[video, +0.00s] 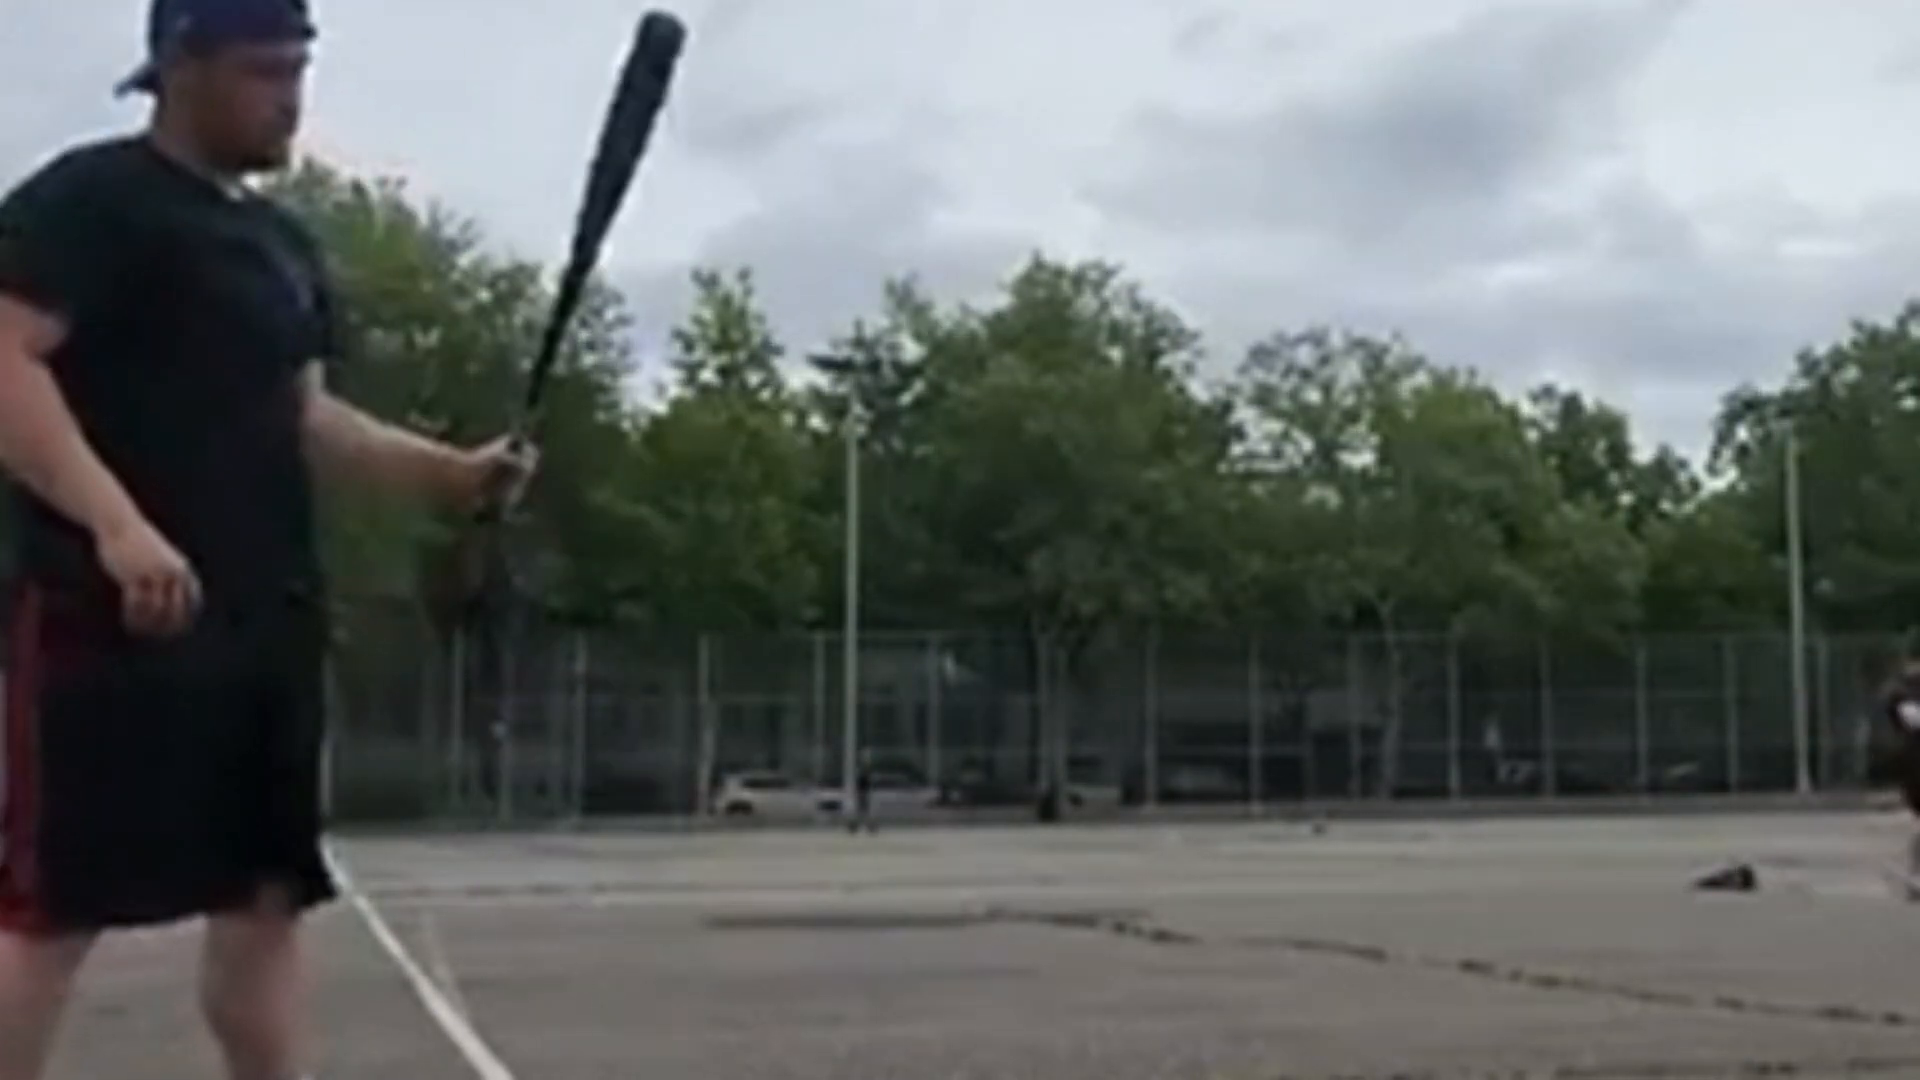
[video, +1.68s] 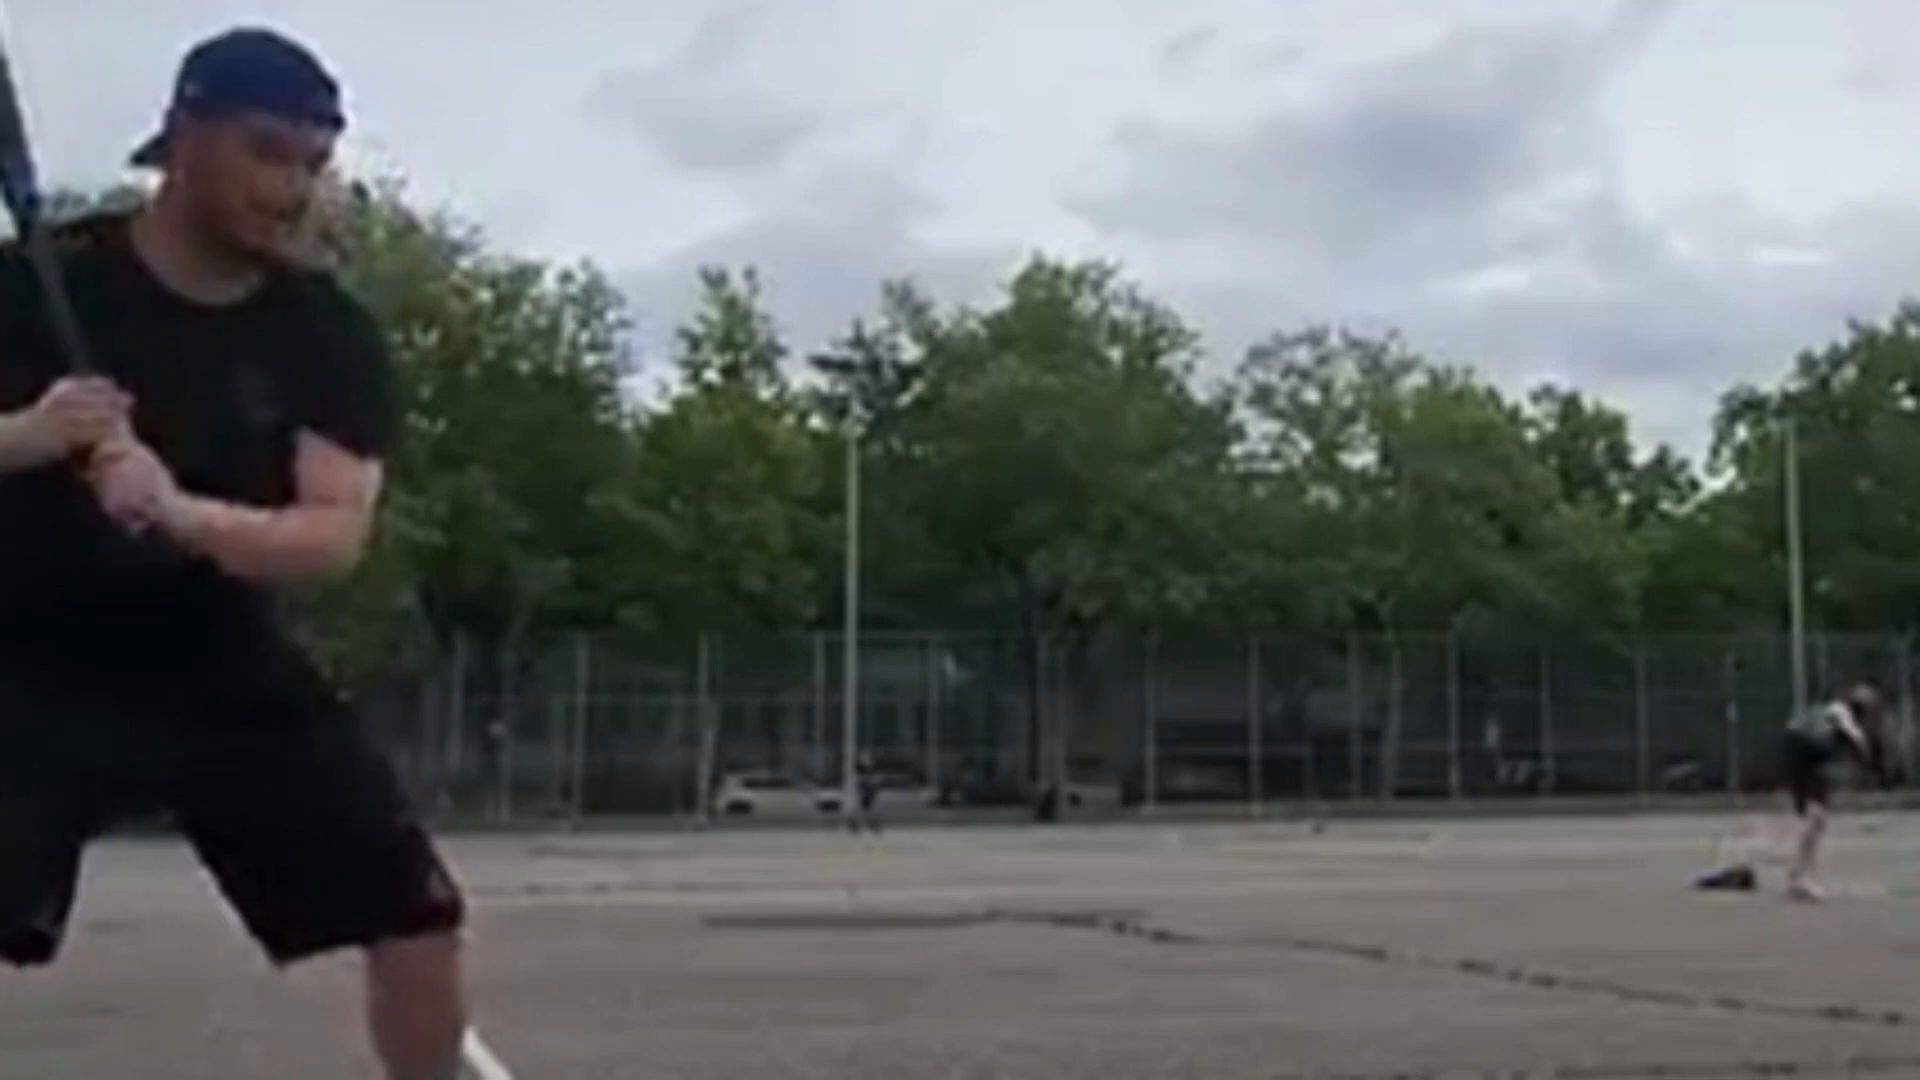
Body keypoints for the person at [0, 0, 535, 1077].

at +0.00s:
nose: (290, 98)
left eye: (297, 74)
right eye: (265, 73)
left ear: (300, 79)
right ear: (181, 73)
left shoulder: (282, 241)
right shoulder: (85, 197)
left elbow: (303, 413)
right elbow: (10, 361)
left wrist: (450, 471)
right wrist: (115, 522)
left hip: (258, 617)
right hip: (94, 614)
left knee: (262, 904)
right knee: (50, 918)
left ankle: (270, 1067)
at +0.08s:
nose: (300, 37)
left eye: (300, 19)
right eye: (286, 10)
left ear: (218, 24)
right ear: (216, 12)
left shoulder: (285, 157)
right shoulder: (53, 111)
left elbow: (405, 49)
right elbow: (26, 12)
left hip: (235, 572)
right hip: (52, 564)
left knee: (304, 895)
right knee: (7, 892)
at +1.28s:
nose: (295, 51)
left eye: (297, 34)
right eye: (282, 27)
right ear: (231, 33)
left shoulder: (283, 193)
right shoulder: (48, 128)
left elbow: (389, 86)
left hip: (217, 586)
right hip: (41, 581)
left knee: (380, 864)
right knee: (6, 882)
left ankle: (354, 1066)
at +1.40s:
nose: (323, 106)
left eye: (323, 81)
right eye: (305, 77)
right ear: (224, 72)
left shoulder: (304, 238)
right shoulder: (38, 173)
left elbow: (297, 218)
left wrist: (114, 47)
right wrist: (18, 28)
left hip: (221, 624)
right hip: (42, 625)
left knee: (413, 855)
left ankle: (441, 1060)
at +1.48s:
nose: (341, 161)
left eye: (342, 136)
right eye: (325, 131)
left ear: (259, 130)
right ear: (242, 127)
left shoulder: (325, 276)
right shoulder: (49, 237)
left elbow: (253, 351)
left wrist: (69, 185)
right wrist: (19, 129)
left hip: (238, 671)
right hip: (51, 669)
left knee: (423, 901)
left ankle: (431, 1069)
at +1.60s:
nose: (339, 212)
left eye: (344, 187)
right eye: (319, 182)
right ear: (224, 166)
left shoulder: (335, 332)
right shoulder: (61, 286)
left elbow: (293, 483)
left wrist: (113, 369)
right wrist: (12, 292)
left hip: (245, 683)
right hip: (59, 689)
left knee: (439, 913)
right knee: (5, 937)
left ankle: (445, 1070)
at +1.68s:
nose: (294, 192)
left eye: (312, 167)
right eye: (269, 157)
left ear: (325, 172)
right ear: (181, 140)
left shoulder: (328, 330)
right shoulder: (43, 284)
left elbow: (335, 535)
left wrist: (184, 514)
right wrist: (26, 436)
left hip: (227, 665)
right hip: (43, 663)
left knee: (417, 913)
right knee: (6, 921)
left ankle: (435, 1067)